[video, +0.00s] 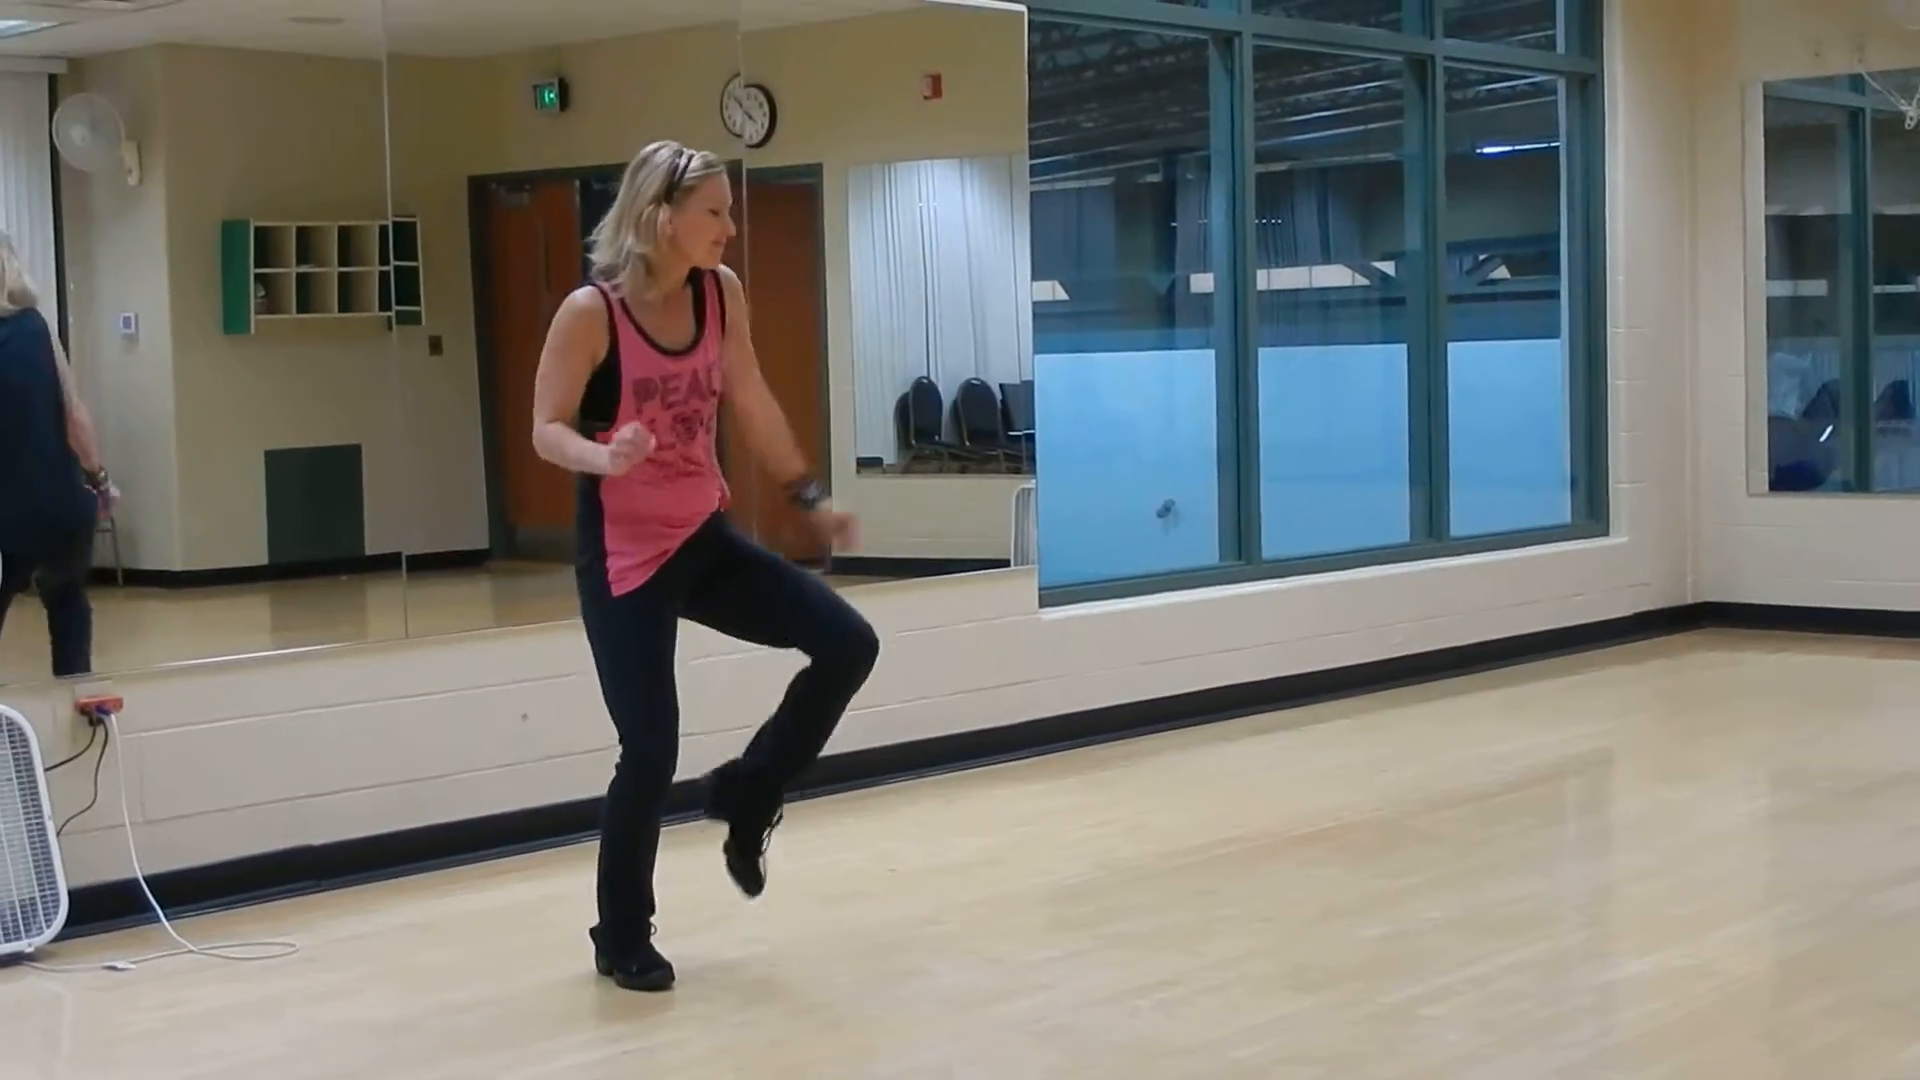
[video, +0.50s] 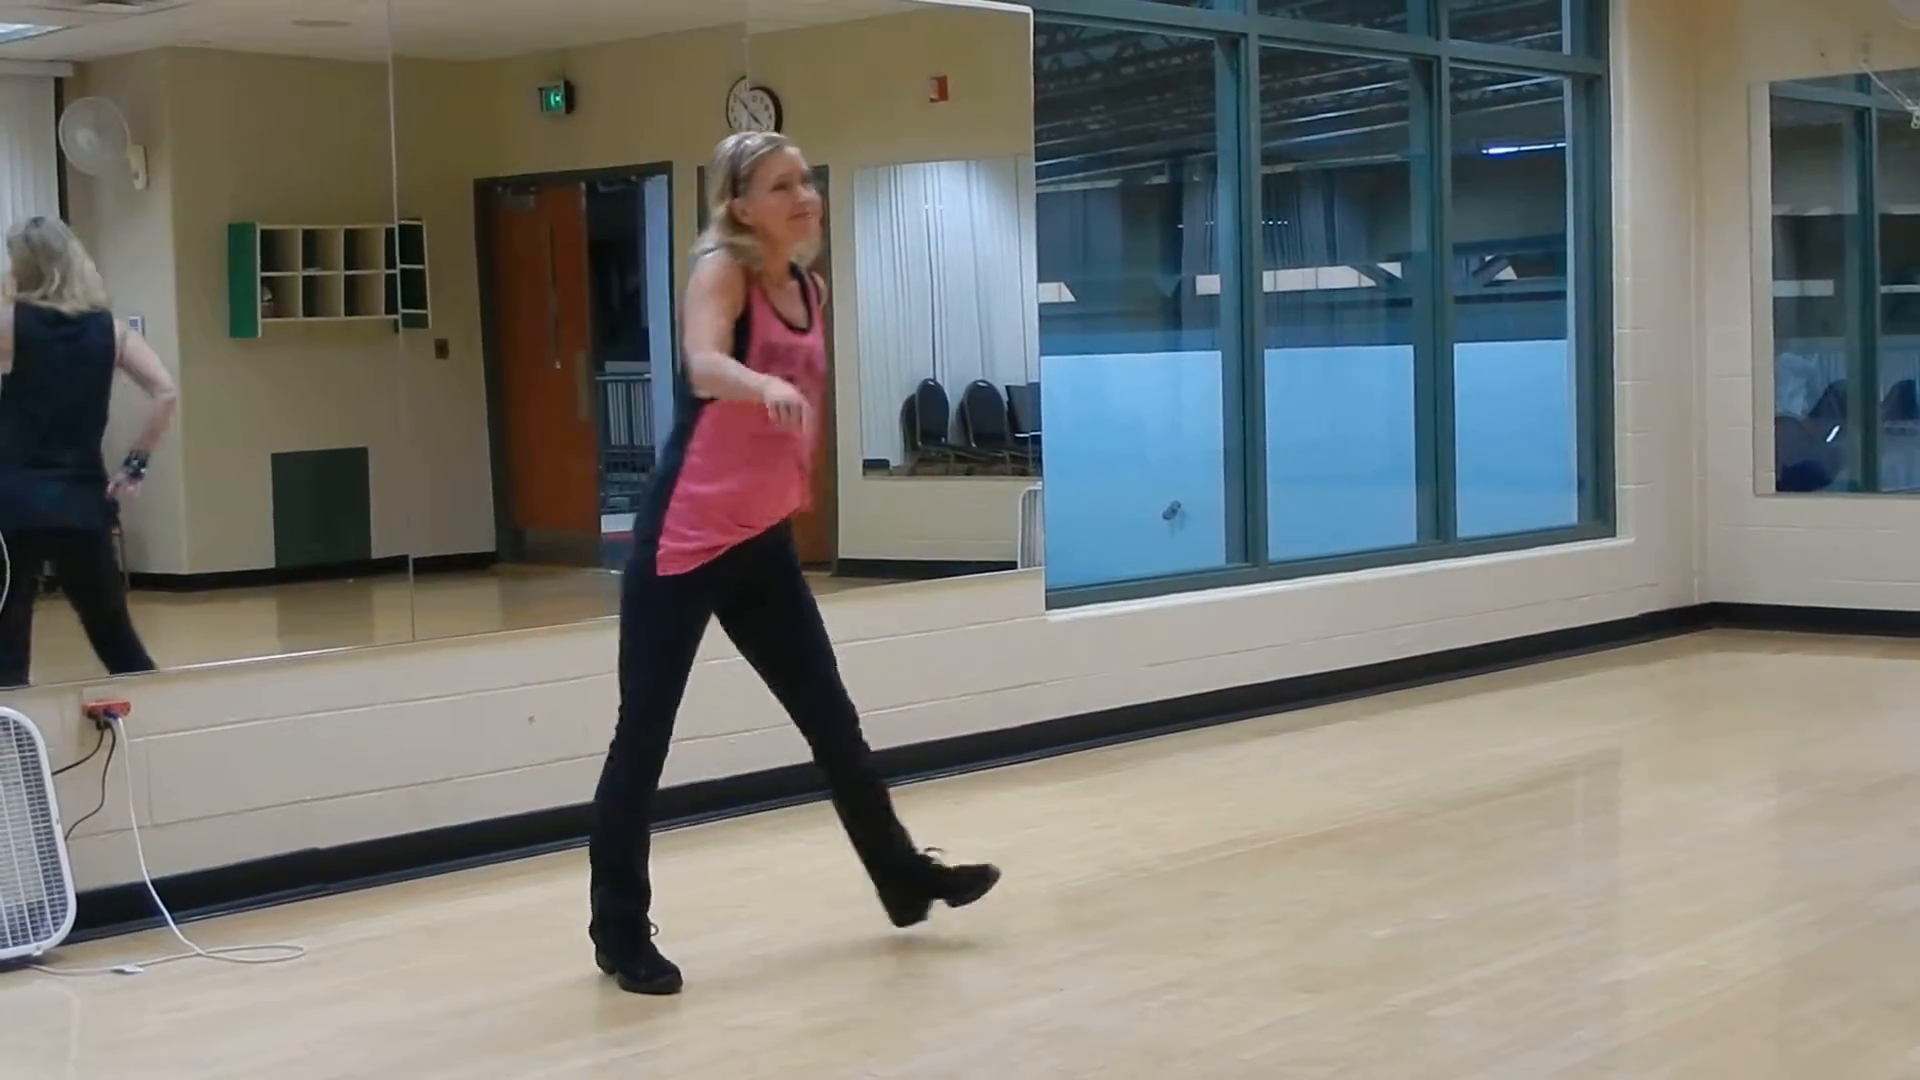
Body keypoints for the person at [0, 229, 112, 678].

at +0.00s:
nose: (19, 272)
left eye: (12, 261)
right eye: (14, 263)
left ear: (7, 278)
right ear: (14, 275)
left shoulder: (31, 327)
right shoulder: (31, 328)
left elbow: (70, 410)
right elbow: (70, 412)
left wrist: (96, 475)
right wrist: (97, 475)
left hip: (15, 508)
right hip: (56, 501)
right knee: (67, 602)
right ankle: (76, 709)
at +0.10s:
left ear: (8, 281)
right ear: (19, 278)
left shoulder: (43, 339)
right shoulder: (44, 339)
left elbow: (79, 424)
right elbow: (78, 424)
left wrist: (99, 498)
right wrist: (100, 498)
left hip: (11, 520)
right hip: (58, 513)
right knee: (52, 625)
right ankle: (77, 727)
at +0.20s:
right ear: (25, 282)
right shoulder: (60, 350)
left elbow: (89, 426)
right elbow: (90, 426)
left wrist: (102, 504)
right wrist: (103, 503)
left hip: (6, 531)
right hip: (56, 523)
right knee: (51, 639)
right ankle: (88, 730)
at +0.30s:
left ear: (3, 280)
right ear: (38, 275)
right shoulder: (67, 339)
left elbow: (107, 410)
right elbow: (107, 410)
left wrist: (108, 495)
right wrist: (109, 494)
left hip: (5, 524)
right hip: (59, 519)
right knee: (69, 638)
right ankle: (110, 740)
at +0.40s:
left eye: (2, 261)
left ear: (7, 267)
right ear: (54, 264)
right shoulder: (85, 328)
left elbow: (136, 401)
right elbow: (136, 400)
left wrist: (119, 481)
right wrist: (120, 481)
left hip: (9, 509)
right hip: (64, 505)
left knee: (3, 642)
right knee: (89, 630)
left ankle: (8, 746)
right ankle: (134, 739)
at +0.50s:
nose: (8, 272)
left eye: (13, 263)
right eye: (10, 263)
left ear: (24, 267)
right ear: (74, 264)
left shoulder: (10, 322)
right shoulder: (106, 327)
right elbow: (165, 391)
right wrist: (136, 465)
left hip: (15, 508)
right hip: (79, 507)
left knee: (9, 647)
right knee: (116, 640)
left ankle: (10, 750)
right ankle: (178, 732)